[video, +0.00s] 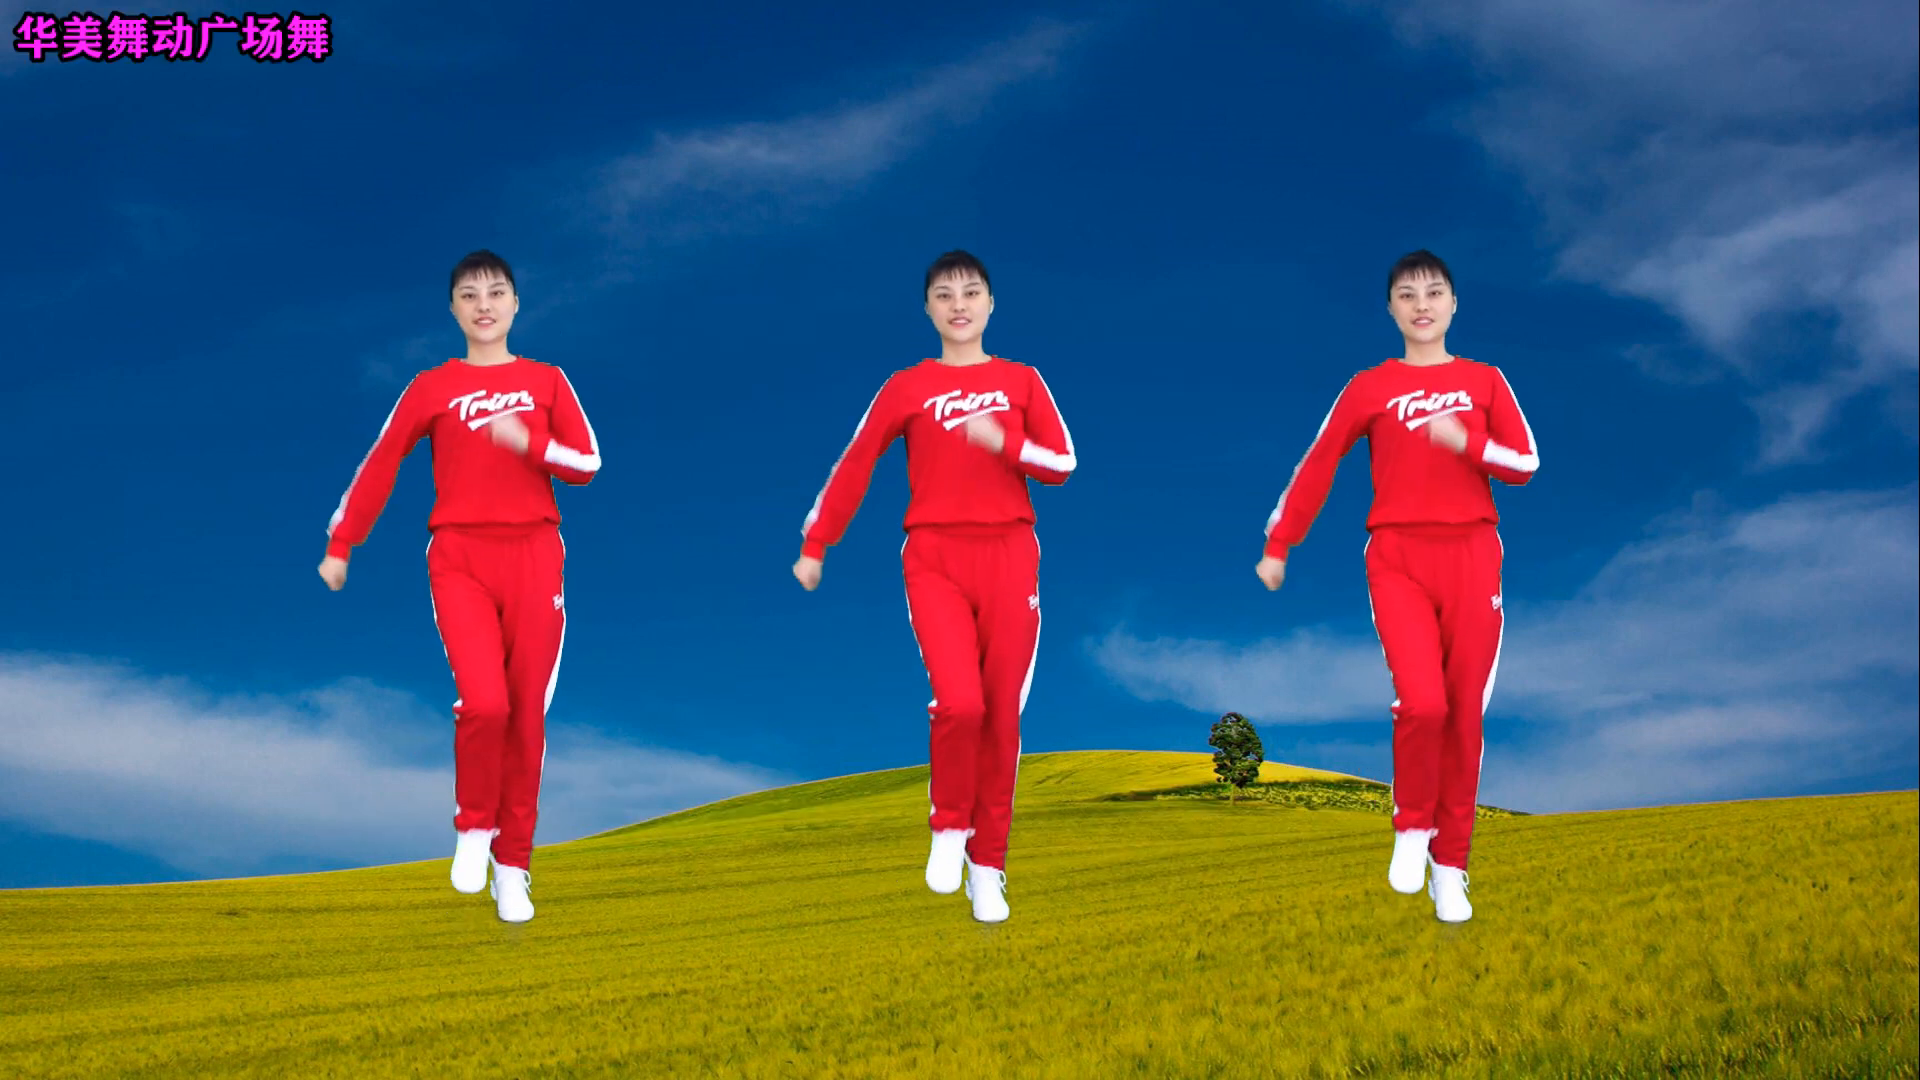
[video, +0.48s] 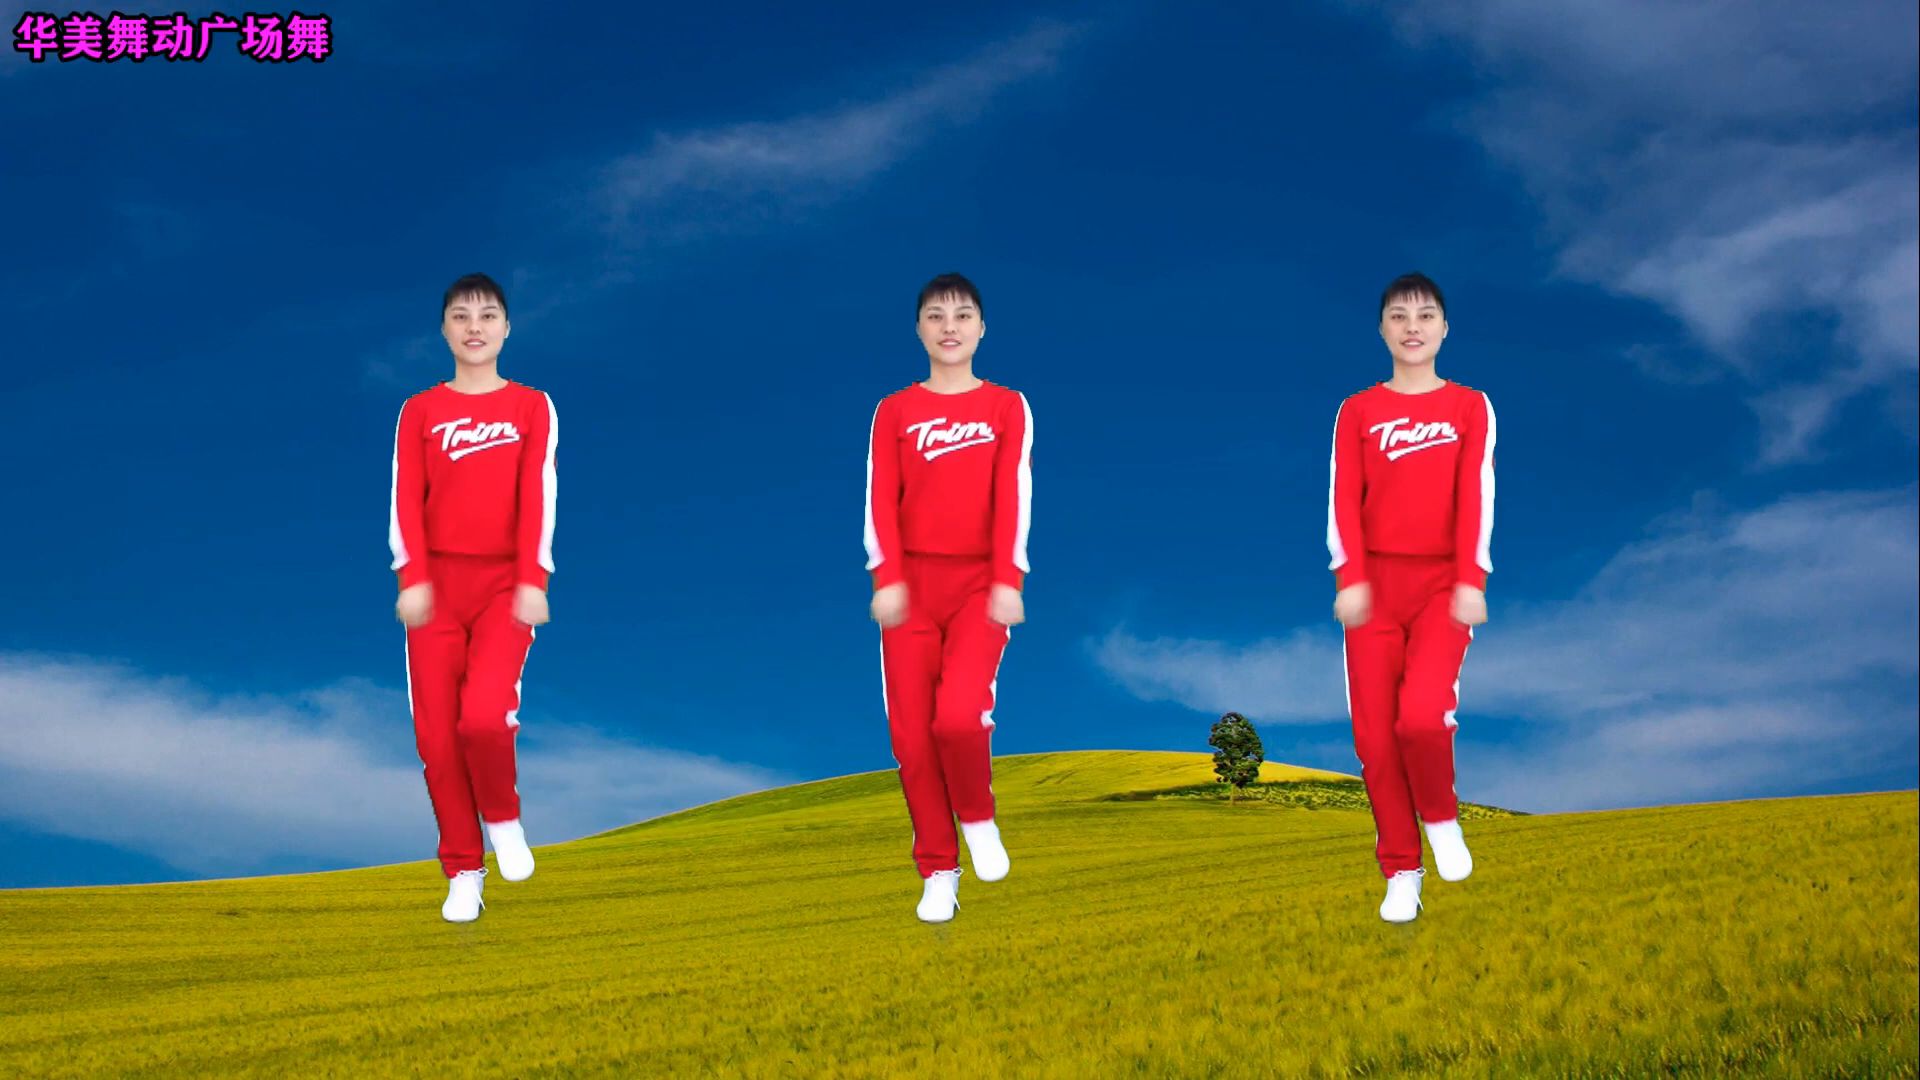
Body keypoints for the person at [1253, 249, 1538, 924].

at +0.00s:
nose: (1422, 304)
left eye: (1433, 294)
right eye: (1409, 295)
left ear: (1452, 303)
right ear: (1393, 308)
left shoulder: (1485, 381)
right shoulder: (1368, 388)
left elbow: (1524, 464)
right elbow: (1317, 464)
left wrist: (1468, 442)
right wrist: (1278, 545)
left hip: (1472, 555)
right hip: (1395, 556)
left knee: (1465, 711)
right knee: (1423, 705)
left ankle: (1452, 861)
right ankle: (1413, 827)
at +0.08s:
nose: (1422, 304)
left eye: (1433, 293)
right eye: (1409, 295)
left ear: (1453, 303)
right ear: (1392, 309)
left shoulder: (1484, 379)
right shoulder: (1368, 383)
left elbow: (1525, 465)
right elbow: (1305, 449)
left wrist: (1480, 412)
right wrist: (1250, 521)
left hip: (1470, 556)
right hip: (1395, 556)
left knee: (1462, 717)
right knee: (1413, 718)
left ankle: (1450, 863)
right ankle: (1405, 854)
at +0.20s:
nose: (1421, 316)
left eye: (1432, 305)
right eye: (1407, 307)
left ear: (1451, 315)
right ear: (1392, 320)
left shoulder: (1482, 396)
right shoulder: (1366, 395)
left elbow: (1510, 481)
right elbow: (1295, 455)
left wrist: (1471, 419)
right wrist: (1224, 515)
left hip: (1468, 566)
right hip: (1391, 567)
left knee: (1459, 725)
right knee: (1400, 730)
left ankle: (1447, 868)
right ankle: (1403, 870)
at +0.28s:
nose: (1419, 312)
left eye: (1431, 301)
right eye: (1406, 303)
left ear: (1449, 311)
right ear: (1390, 315)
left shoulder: (1479, 389)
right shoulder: (1364, 391)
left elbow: (1500, 473)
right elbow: (1302, 462)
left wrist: (1450, 442)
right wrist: (1238, 528)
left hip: (1463, 562)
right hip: (1386, 563)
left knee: (1453, 721)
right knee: (1394, 723)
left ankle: (1446, 866)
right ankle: (1402, 868)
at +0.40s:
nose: (1416, 318)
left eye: (1427, 307)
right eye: (1403, 309)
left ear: (1446, 319)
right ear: (1386, 322)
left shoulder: (1474, 395)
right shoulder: (1358, 401)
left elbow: (1479, 475)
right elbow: (1326, 488)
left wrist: (1438, 522)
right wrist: (1296, 569)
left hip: (1449, 576)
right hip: (1374, 576)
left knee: (1437, 723)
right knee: (1384, 729)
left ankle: (1442, 849)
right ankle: (1400, 867)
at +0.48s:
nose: (1412, 326)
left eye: (1425, 316)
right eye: (1400, 317)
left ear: (1443, 328)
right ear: (1384, 330)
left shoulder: (1473, 406)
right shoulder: (1356, 410)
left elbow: (1478, 494)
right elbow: (1342, 497)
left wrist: (1472, 578)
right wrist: (1350, 576)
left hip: (1445, 580)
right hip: (1372, 581)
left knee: (1421, 720)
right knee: (1373, 734)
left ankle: (1439, 817)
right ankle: (1399, 866)